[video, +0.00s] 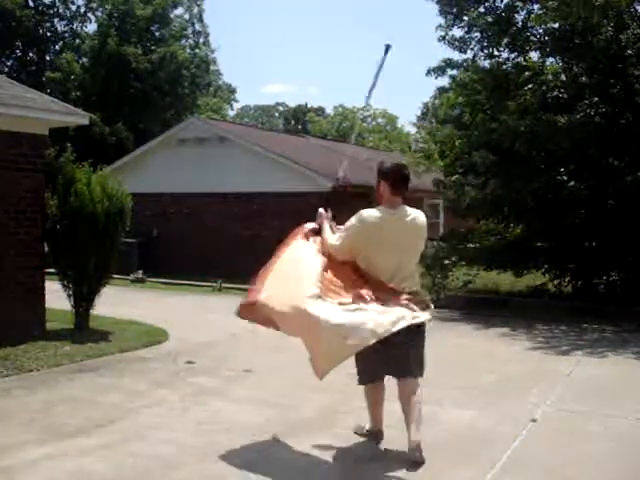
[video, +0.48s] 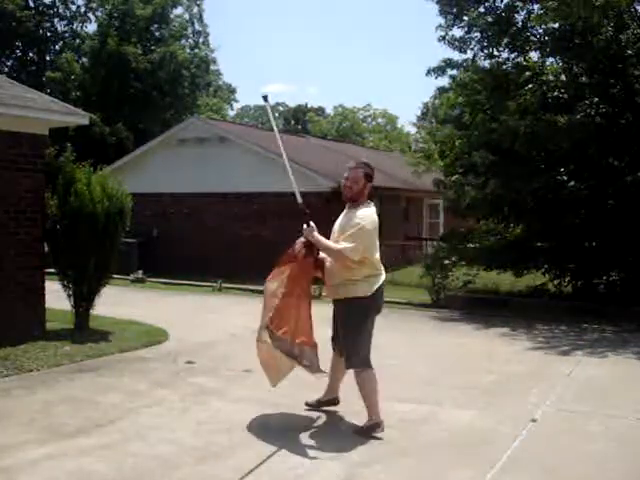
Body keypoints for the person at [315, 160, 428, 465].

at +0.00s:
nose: (377, 189)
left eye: (378, 184)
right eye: (380, 184)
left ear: (383, 187)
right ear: (406, 188)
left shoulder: (365, 221)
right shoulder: (419, 221)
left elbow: (337, 249)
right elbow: (410, 249)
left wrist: (325, 225)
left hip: (370, 312)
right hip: (411, 311)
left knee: (373, 375)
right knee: (410, 379)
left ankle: (376, 429)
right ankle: (415, 441)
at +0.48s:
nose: (347, 184)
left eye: (353, 180)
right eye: (346, 179)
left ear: (367, 185)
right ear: (345, 182)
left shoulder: (365, 219)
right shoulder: (350, 213)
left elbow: (348, 255)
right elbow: (339, 256)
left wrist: (316, 237)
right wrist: (312, 249)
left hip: (361, 295)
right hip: (346, 294)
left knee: (359, 358)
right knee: (339, 348)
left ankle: (375, 419)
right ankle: (331, 394)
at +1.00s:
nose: (340, 187)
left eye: (345, 183)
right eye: (337, 182)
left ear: (353, 185)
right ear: (330, 184)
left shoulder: (363, 213)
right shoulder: (317, 209)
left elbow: (371, 249)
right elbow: (296, 235)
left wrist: (340, 250)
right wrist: (306, 248)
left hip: (357, 292)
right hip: (327, 292)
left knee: (362, 345)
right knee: (329, 349)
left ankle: (369, 385)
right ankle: (333, 398)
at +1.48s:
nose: (364, 197)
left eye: (367, 193)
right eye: (359, 193)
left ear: (371, 194)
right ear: (350, 192)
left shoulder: (379, 220)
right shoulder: (332, 212)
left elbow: (386, 251)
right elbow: (305, 230)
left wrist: (382, 266)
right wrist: (328, 247)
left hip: (366, 289)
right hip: (336, 287)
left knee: (361, 341)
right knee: (330, 340)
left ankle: (361, 387)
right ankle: (326, 385)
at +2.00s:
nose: (359, 207)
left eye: (363, 203)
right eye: (356, 202)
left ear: (366, 201)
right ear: (345, 197)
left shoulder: (369, 221)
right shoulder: (325, 216)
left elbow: (376, 255)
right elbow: (301, 240)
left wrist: (380, 283)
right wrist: (315, 269)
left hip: (361, 286)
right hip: (332, 285)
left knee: (365, 335)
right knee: (336, 334)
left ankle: (370, 380)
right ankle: (340, 376)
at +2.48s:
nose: (375, 208)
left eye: (378, 204)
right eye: (372, 203)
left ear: (381, 204)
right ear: (362, 200)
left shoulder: (384, 218)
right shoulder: (342, 217)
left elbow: (388, 250)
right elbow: (326, 248)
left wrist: (390, 278)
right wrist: (325, 282)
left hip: (378, 288)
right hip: (347, 288)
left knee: (386, 334)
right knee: (346, 334)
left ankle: (396, 374)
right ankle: (341, 376)